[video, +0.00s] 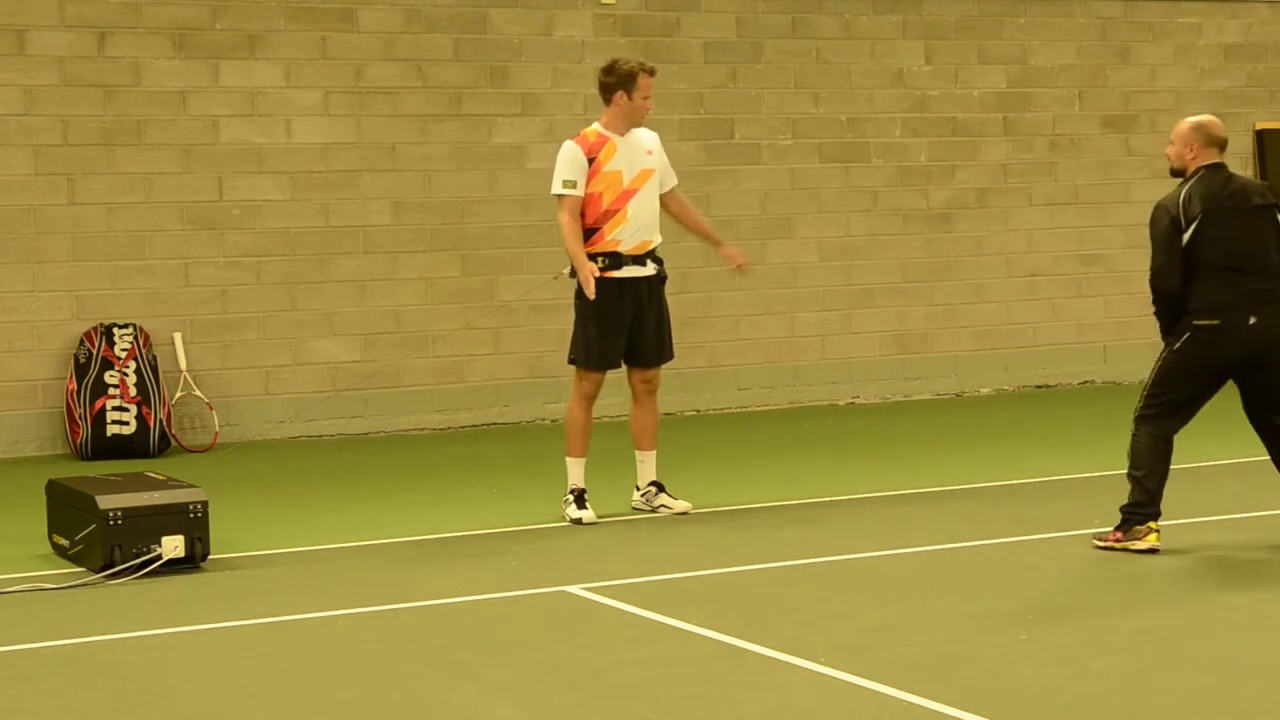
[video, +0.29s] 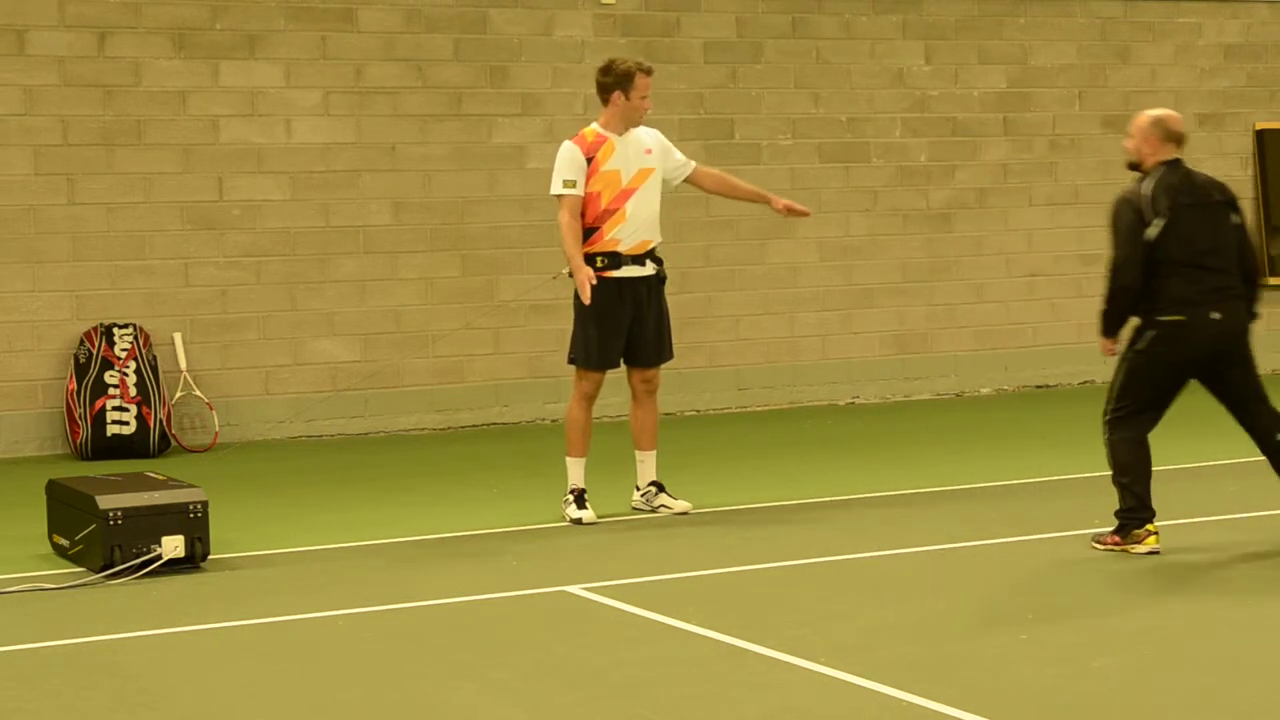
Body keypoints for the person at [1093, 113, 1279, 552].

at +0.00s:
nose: (1166, 151)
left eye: (1172, 144)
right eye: (1169, 143)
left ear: (1192, 149)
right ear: (1213, 151)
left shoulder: (1174, 205)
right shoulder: (1263, 195)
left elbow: (1166, 282)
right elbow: (1274, 263)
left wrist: (1174, 337)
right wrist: (1264, 313)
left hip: (1209, 332)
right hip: (1269, 332)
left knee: (1154, 419)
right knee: (1273, 422)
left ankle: (1140, 522)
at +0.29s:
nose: (1126, 144)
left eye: (1133, 136)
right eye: (1129, 136)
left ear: (1154, 143)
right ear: (1171, 145)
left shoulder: (1136, 200)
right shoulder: (1218, 191)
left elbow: (1128, 274)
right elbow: (1249, 264)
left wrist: (1110, 327)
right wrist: (1240, 312)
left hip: (1168, 331)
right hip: (1226, 329)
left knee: (1123, 421)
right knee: (1264, 420)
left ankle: (1136, 526)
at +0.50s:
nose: (1084, 128)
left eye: (1090, 119)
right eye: (1086, 119)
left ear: (1110, 123)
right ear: (1131, 123)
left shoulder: (1093, 182)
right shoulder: (1180, 173)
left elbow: (1080, 260)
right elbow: (1196, 250)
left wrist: (1065, 328)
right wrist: (1173, 289)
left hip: (1125, 320)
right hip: (1185, 313)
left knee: (1116, 420)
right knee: (1190, 412)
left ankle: (1134, 526)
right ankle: (1218, 507)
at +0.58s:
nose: (1072, 125)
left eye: (1075, 116)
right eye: (1074, 116)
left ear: (1094, 118)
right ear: (1120, 116)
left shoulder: (1080, 177)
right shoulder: (1168, 168)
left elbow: (1070, 254)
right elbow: (1181, 243)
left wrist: (1056, 322)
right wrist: (1149, 279)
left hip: (1112, 315)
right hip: (1172, 309)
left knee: (1111, 415)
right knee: (1160, 410)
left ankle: (1130, 524)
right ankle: (1145, 502)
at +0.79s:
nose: (1047, 133)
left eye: (1049, 124)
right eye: (1048, 124)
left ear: (1066, 124)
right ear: (1096, 122)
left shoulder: (1052, 180)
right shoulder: (1142, 176)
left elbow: (1043, 257)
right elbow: (1150, 253)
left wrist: (1033, 327)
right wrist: (1117, 287)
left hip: (1073, 321)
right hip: (1133, 320)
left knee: (1051, 405)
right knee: (1106, 420)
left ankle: (1092, 510)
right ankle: (1081, 533)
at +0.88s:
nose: (1037, 128)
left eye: (1040, 119)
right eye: (1038, 118)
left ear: (1055, 121)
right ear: (1087, 119)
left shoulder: (1038, 177)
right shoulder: (1131, 174)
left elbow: (1028, 257)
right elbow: (1141, 254)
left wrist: (1021, 327)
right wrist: (1113, 293)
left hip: (1060, 322)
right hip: (1119, 323)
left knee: (1027, 404)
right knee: (1097, 424)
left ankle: (1056, 515)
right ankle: (1082, 535)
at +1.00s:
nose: (1018, 120)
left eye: (1020, 111)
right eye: (1019, 111)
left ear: (1034, 112)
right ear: (1065, 111)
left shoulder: (1016, 169)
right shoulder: (1112, 167)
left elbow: (1000, 246)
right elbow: (1126, 246)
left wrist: (991, 317)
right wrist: (1117, 311)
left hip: (1034, 318)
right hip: (1096, 319)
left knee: (995, 408)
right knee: (1084, 428)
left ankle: (994, 523)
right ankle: (1080, 539)